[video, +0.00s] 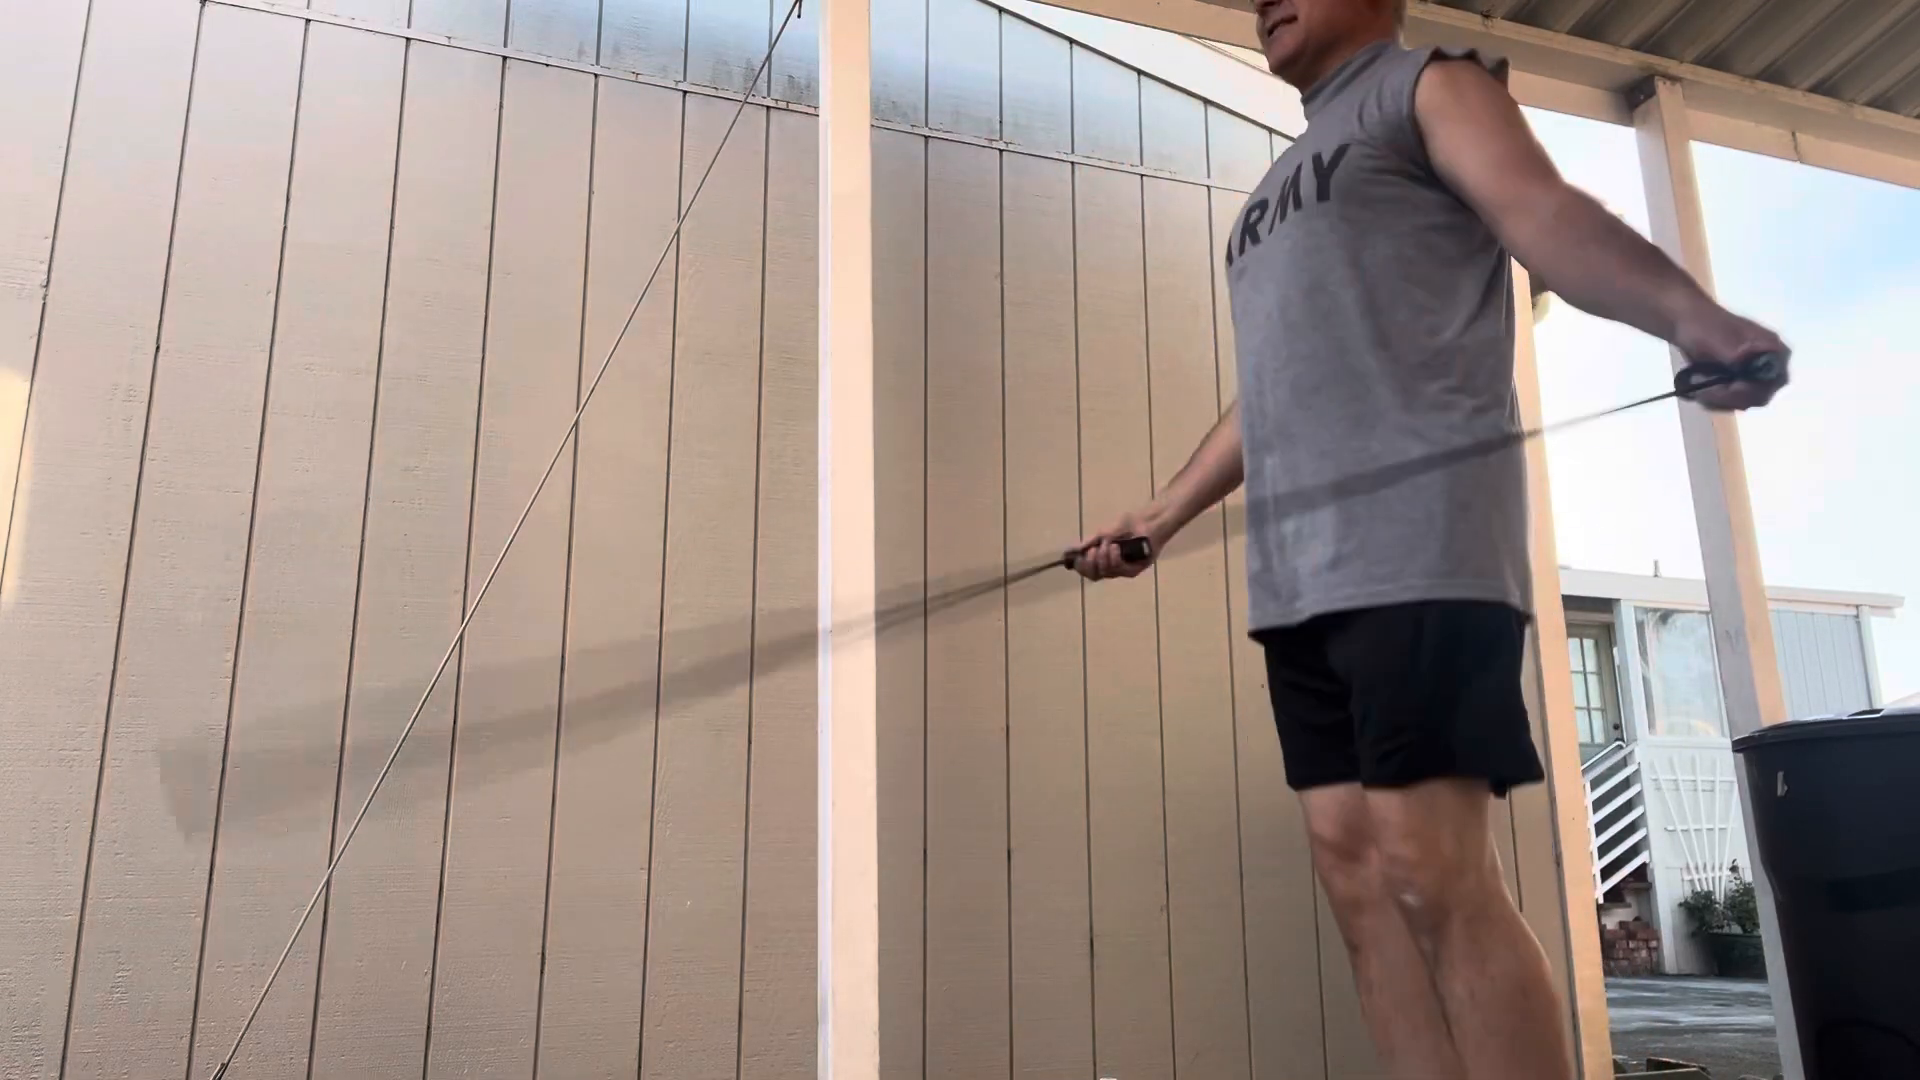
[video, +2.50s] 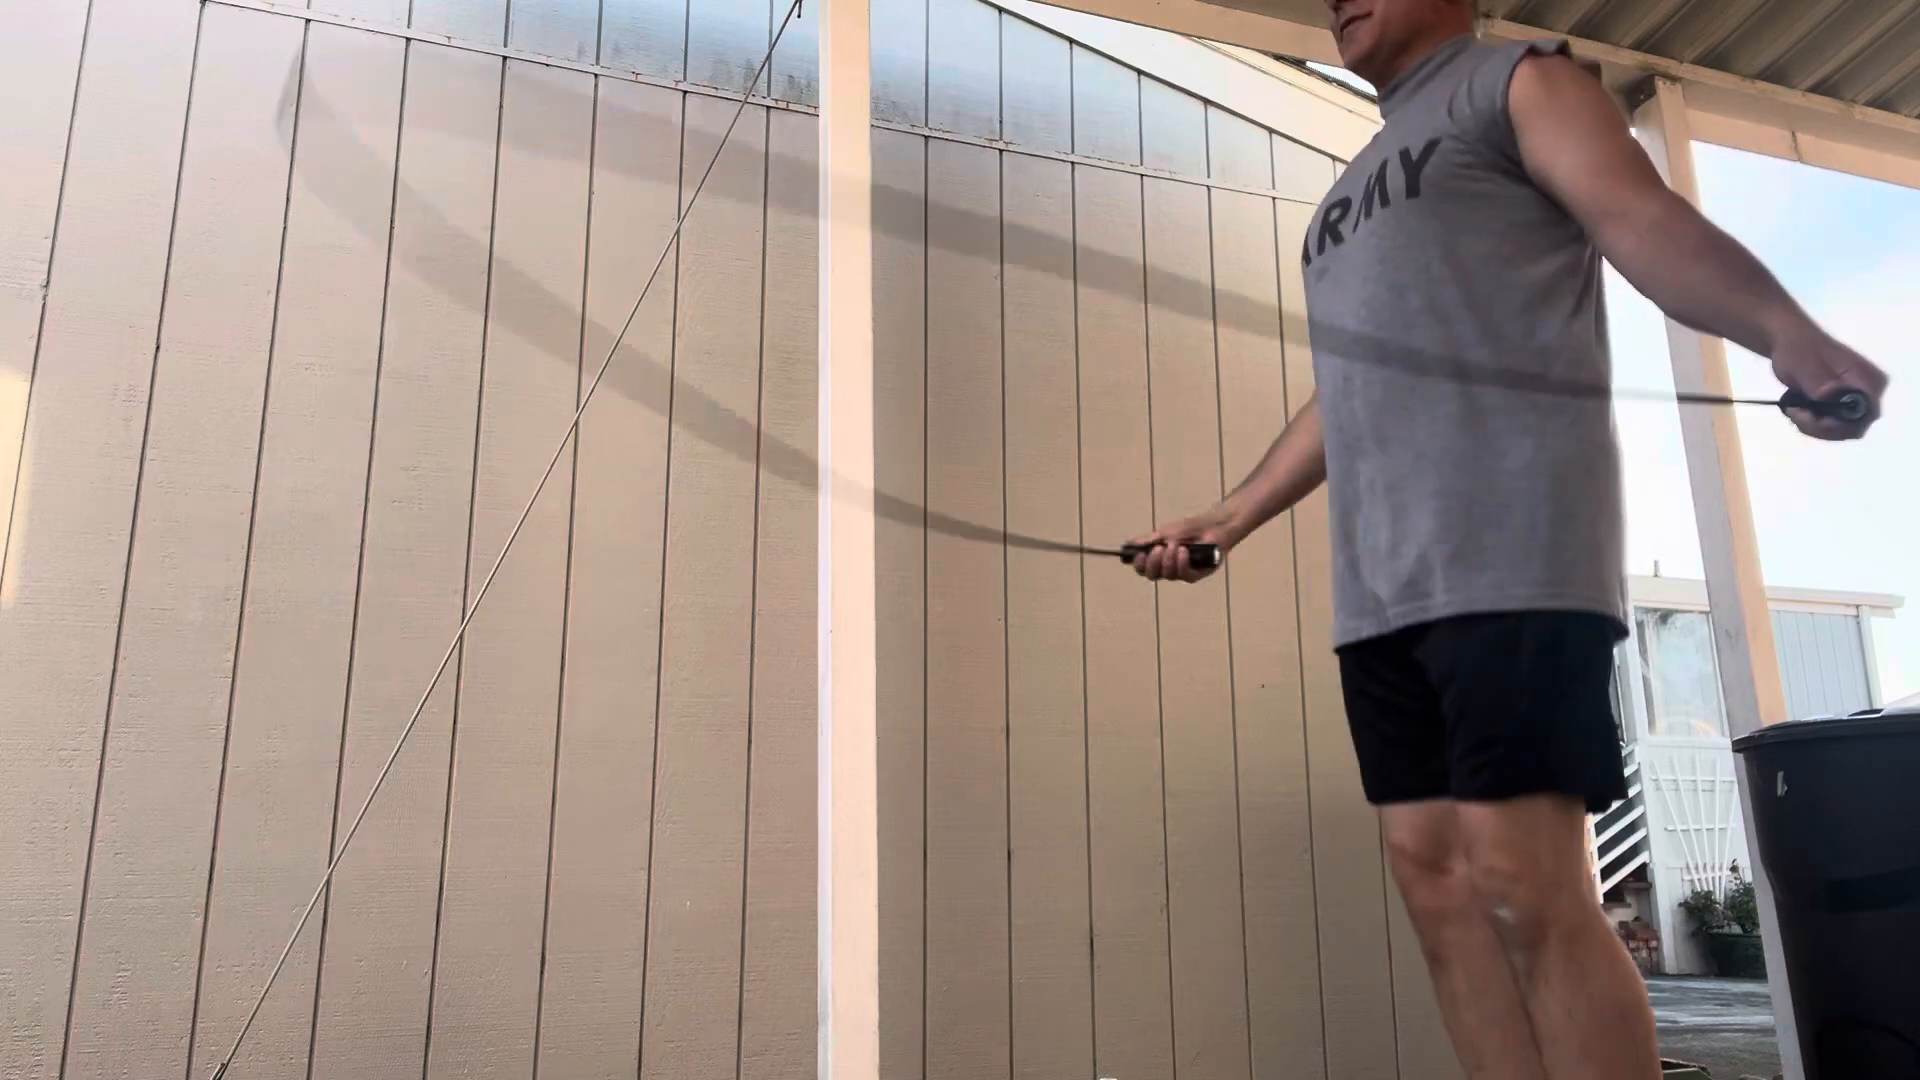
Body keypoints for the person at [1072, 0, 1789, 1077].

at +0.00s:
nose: (1260, 6)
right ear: (1272, 25)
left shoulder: (1430, 83)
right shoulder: (1276, 185)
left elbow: (1542, 214)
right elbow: (1273, 386)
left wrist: (1689, 314)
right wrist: (1164, 511)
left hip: (1424, 546)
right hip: (1300, 564)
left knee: (1433, 868)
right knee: (1348, 865)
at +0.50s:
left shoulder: (1450, 45)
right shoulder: (1286, 159)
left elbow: (1578, 172)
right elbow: (1294, 362)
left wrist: (1754, 258)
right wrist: (1197, 502)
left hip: (1453, 484)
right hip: (1321, 514)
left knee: (1464, 827)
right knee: (1377, 833)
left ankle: (1551, 1071)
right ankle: (1457, 1070)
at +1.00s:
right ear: (1318, 16)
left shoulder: (1490, 41)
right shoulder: (1315, 162)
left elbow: (1624, 170)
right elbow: (1324, 360)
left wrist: (1792, 228)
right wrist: (1215, 456)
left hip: (1492, 489)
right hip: (1349, 525)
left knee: (1504, 823)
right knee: (1414, 827)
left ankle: (1597, 1070)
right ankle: (1502, 1066)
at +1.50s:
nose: (1327, 34)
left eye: (1353, 8)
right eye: (1319, 23)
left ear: (1436, 18)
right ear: (1323, 61)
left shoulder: (1514, 118)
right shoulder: (1336, 229)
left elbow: (1646, 242)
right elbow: (1346, 418)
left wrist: (1747, 293)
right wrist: (1186, 468)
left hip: (1523, 567)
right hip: (1375, 595)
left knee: (1532, 905)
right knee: (1419, 906)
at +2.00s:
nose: (1327, 41)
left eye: (1354, 16)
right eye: (1321, 30)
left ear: (1437, 24)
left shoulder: (1514, 134)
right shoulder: (1349, 243)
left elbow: (1646, 269)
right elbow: (1346, 442)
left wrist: (1762, 385)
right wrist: (1197, 532)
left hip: (1521, 607)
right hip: (1383, 631)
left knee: (1528, 940)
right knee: (1416, 927)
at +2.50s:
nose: (1339, 3)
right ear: (1342, 22)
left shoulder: (1520, 78)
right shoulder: (1353, 190)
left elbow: (1643, 222)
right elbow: (1350, 388)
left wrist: (1790, 337)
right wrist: (1233, 514)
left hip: (1517, 561)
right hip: (1381, 579)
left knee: (1533, 888)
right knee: (1431, 876)